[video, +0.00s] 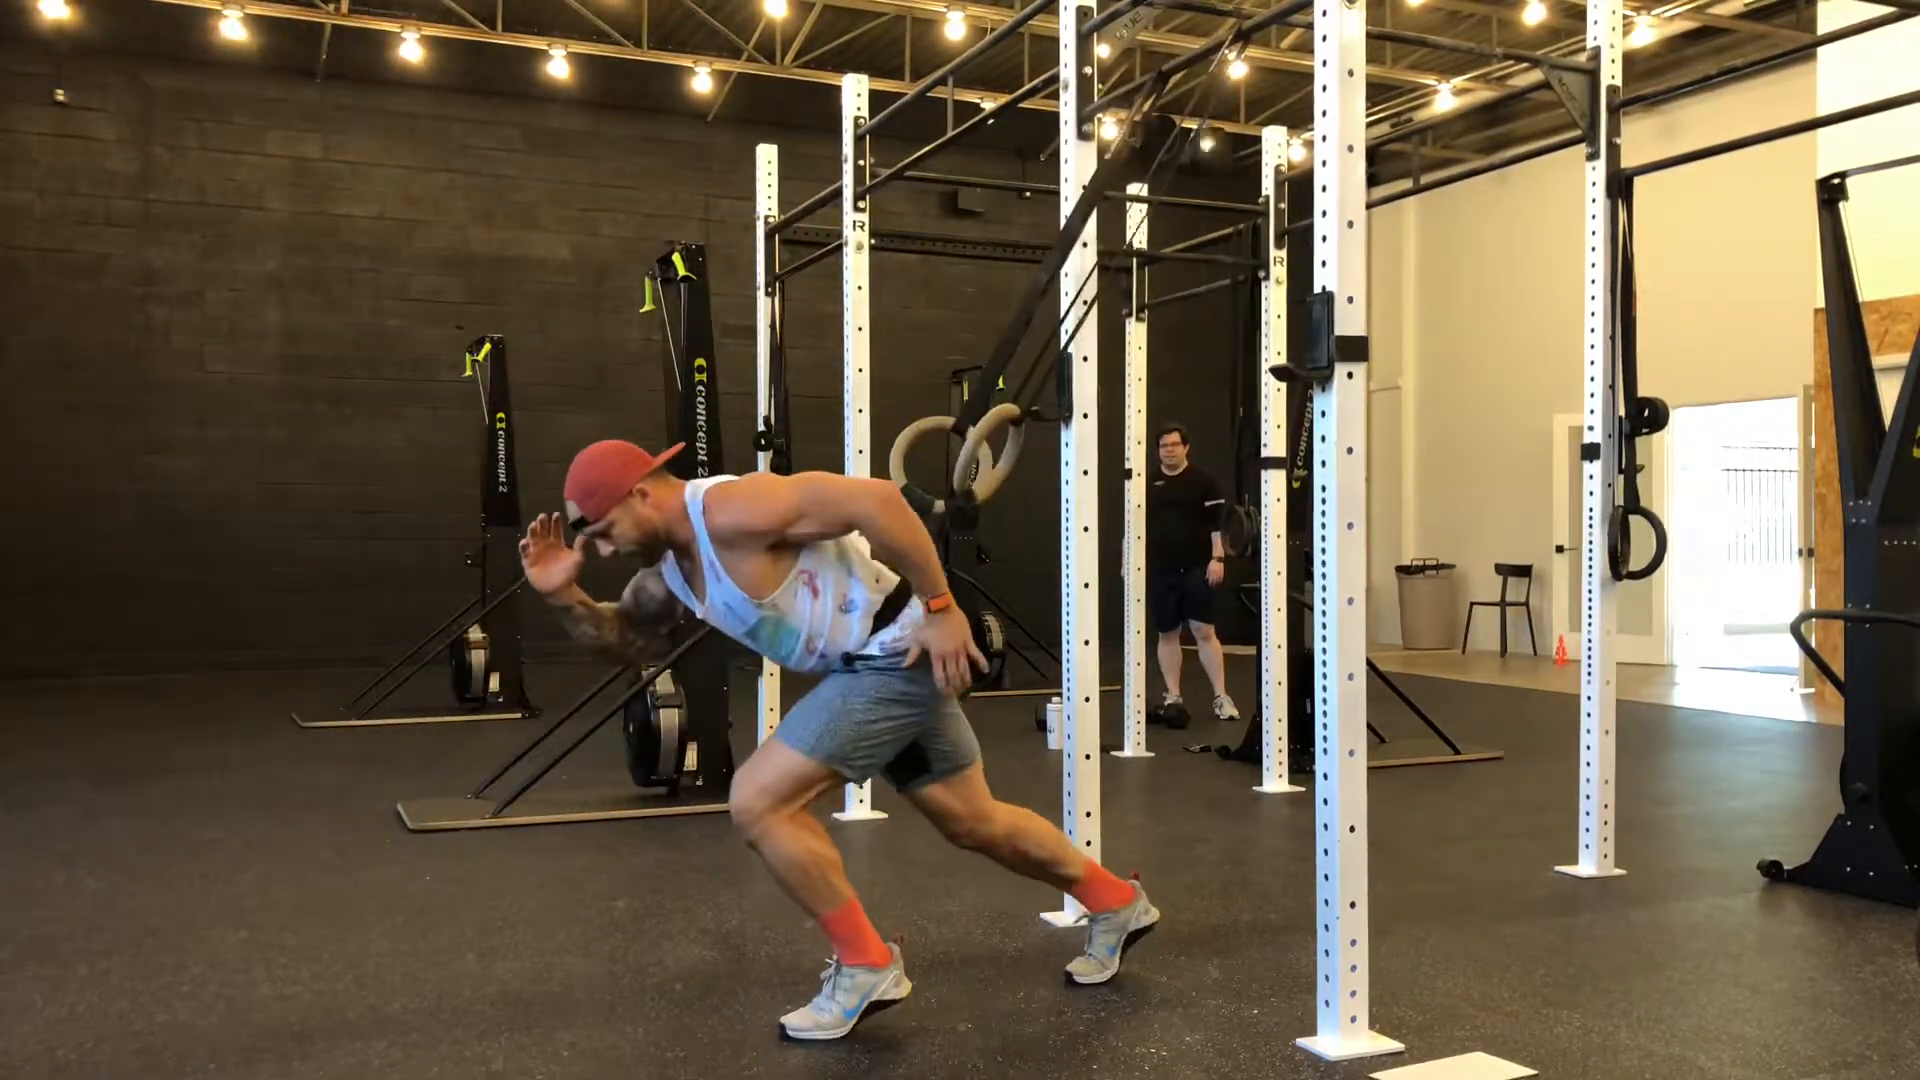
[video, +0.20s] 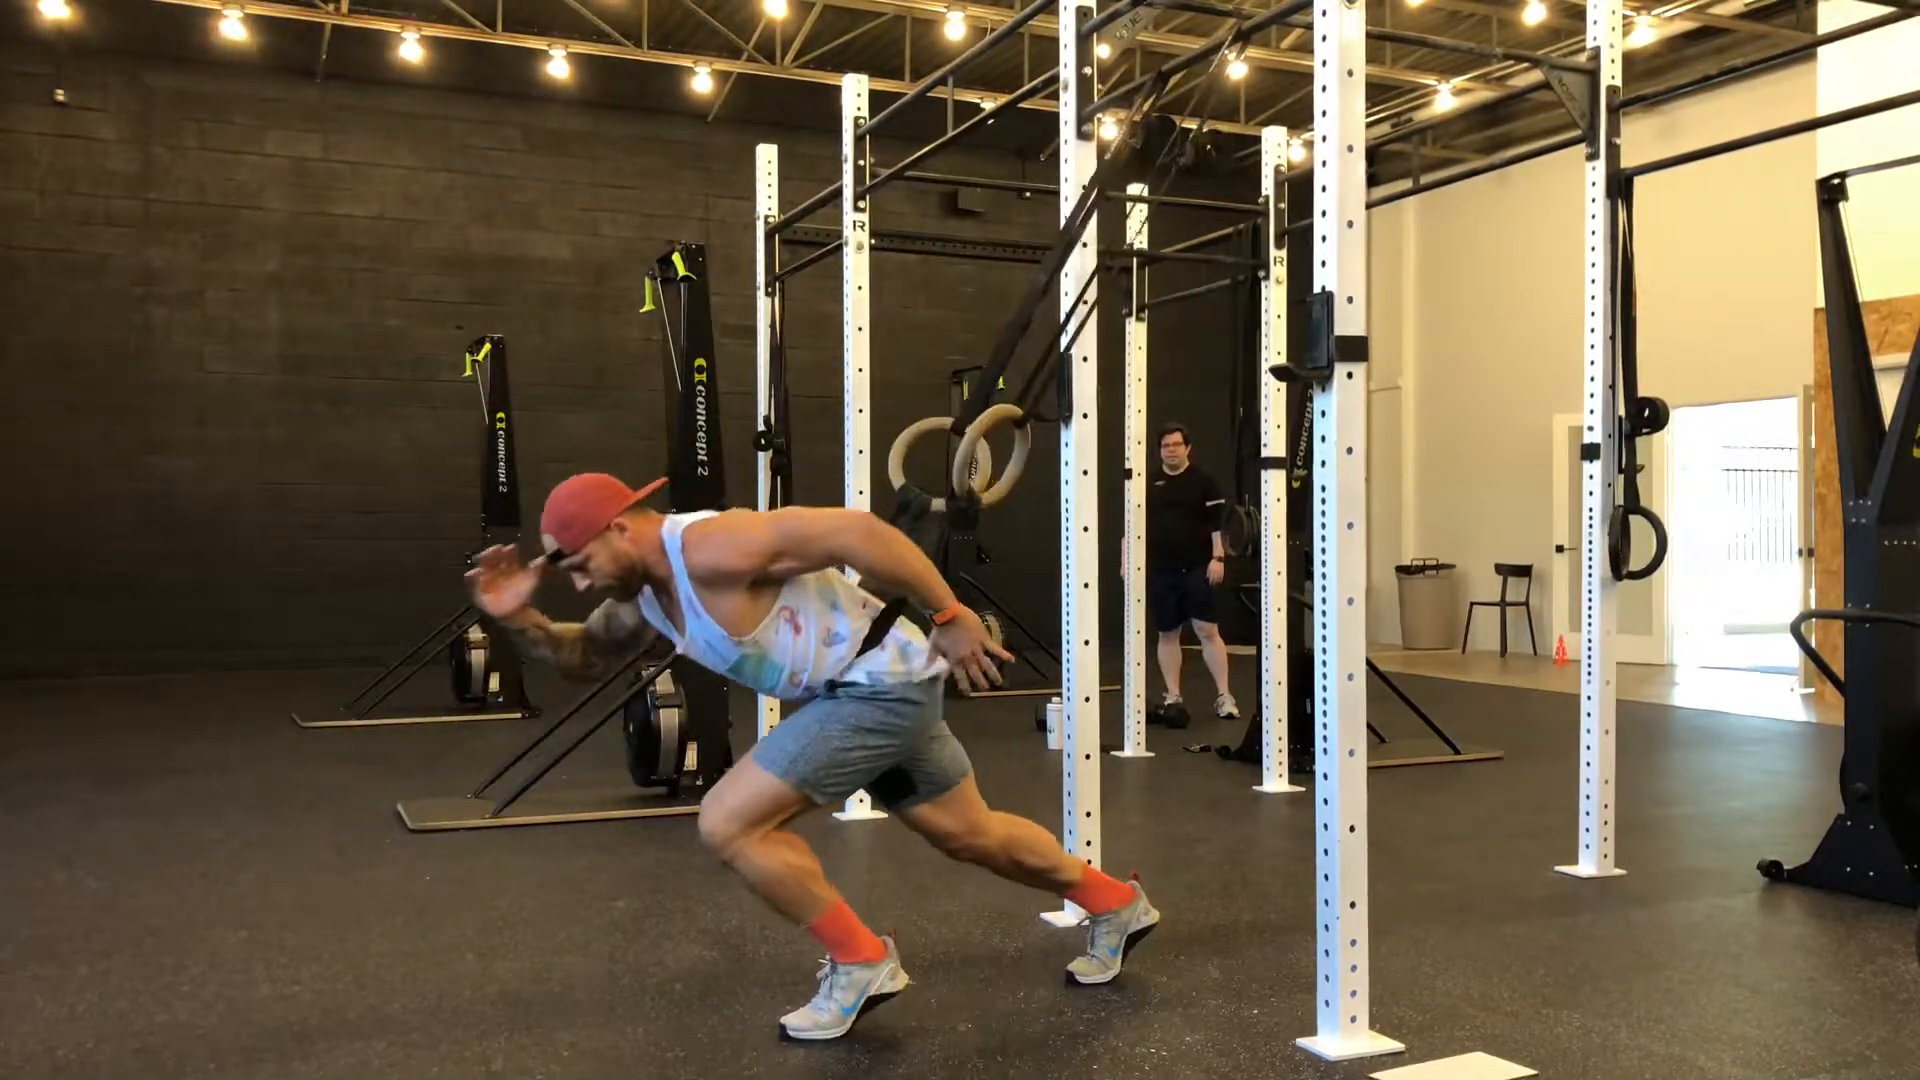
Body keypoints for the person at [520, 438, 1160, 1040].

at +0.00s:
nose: (600, 538)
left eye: (600, 523)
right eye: (592, 528)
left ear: (641, 495)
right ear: (636, 502)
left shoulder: (730, 509)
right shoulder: (676, 567)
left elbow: (881, 500)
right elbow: (626, 636)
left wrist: (942, 608)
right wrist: (566, 594)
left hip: (894, 656)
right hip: (879, 663)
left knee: (759, 796)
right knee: (975, 821)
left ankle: (866, 964)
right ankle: (1115, 897)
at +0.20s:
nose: (578, 575)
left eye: (578, 559)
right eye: (570, 564)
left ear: (617, 530)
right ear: (602, 543)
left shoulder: (707, 545)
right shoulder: (647, 595)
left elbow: (858, 530)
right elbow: (580, 651)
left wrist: (951, 613)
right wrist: (520, 618)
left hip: (879, 681)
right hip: (870, 687)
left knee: (727, 821)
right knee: (971, 834)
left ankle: (862, 962)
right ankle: (1116, 902)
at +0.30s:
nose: (512, 542)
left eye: (517, 524)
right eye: (505, 530)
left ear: (562, 504)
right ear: (545, 514)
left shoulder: (649, 539)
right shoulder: (586, 579)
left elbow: (805, 549)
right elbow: (528, 662)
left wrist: (862, 658)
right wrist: (444, 690)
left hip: (814, 674)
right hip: (829, 667)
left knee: (707, 842)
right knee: (890, 829)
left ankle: (858, 958)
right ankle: (1060, 878)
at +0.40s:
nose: (466, 479)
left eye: (469, 458)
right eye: (459, 463)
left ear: (519, 436)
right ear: (517, 440)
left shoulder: (612, 495)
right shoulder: (561, 507)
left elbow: (711, 610)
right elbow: (587, 612)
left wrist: (621, 710)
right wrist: (565, 706)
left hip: (778, 643)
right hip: (732, 647)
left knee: (699, 843)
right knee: (720, 821)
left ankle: (857, 956)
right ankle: (898, 872)